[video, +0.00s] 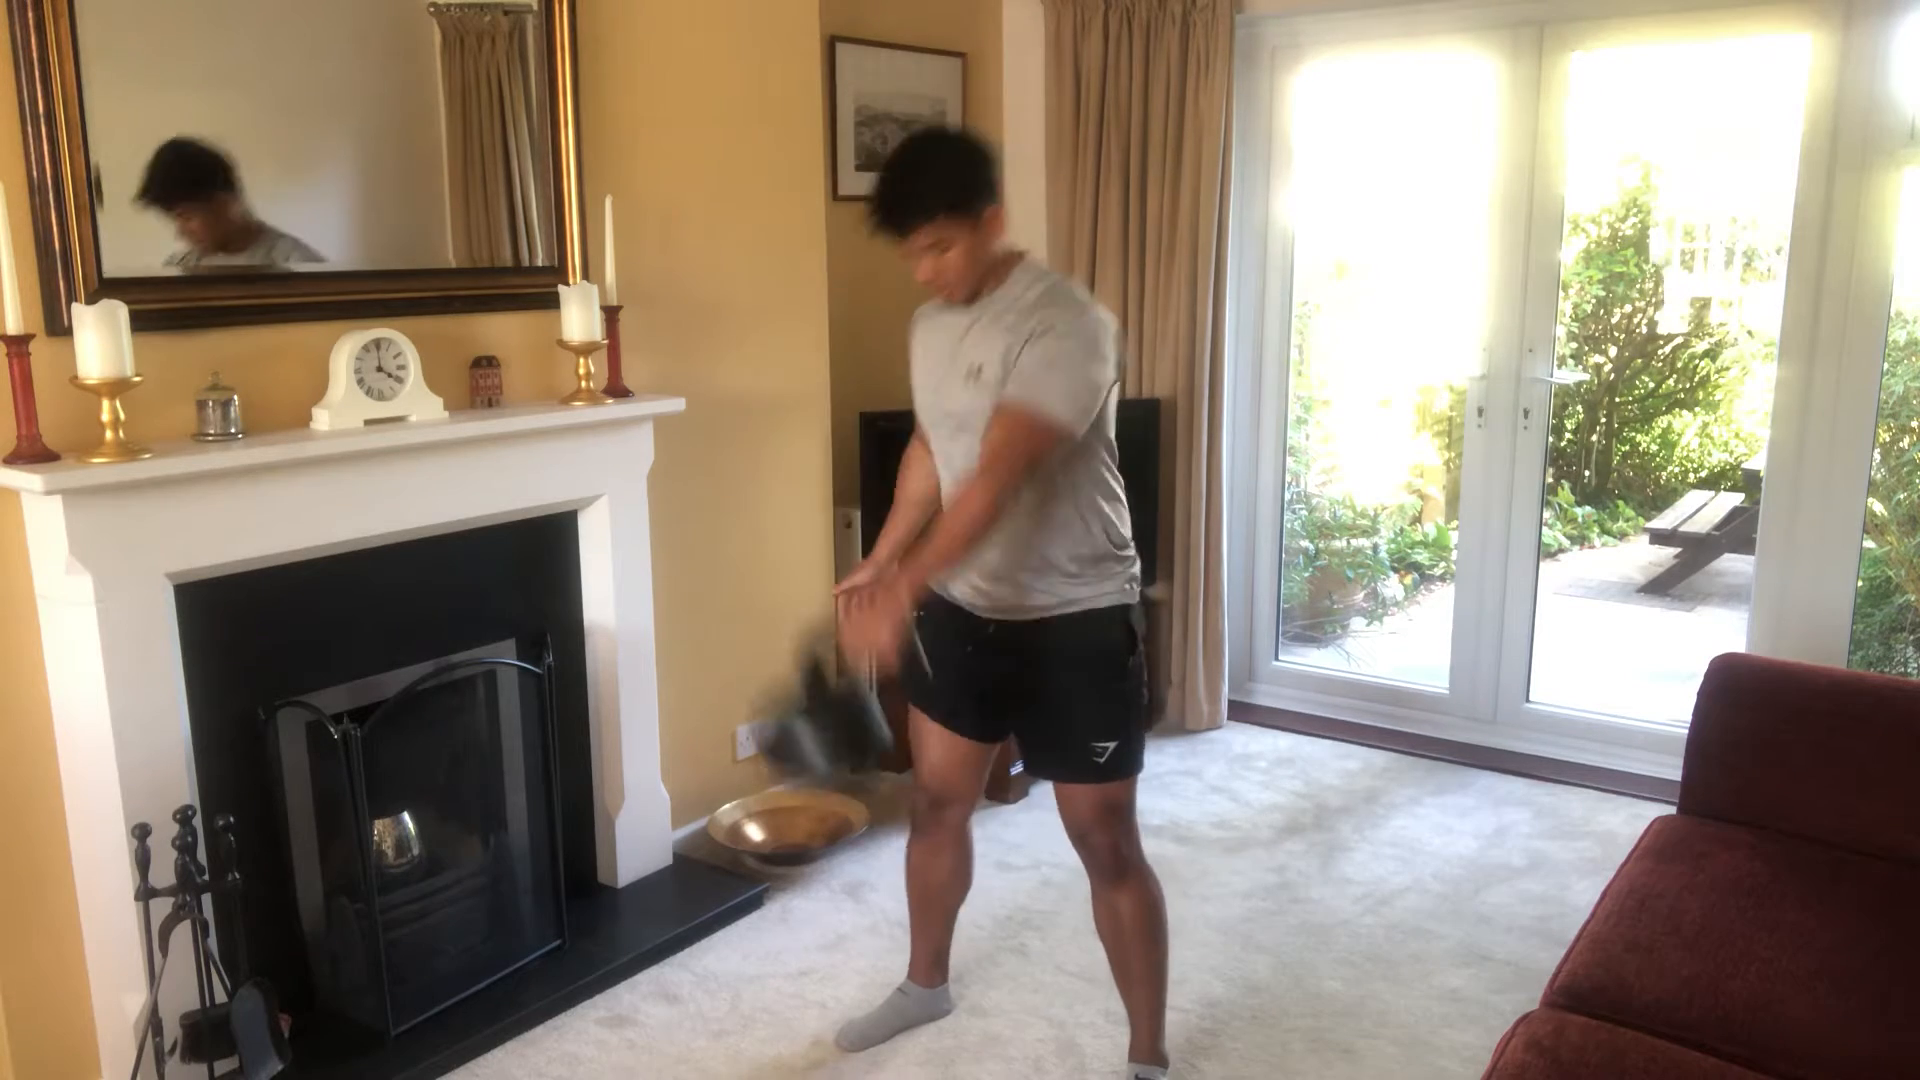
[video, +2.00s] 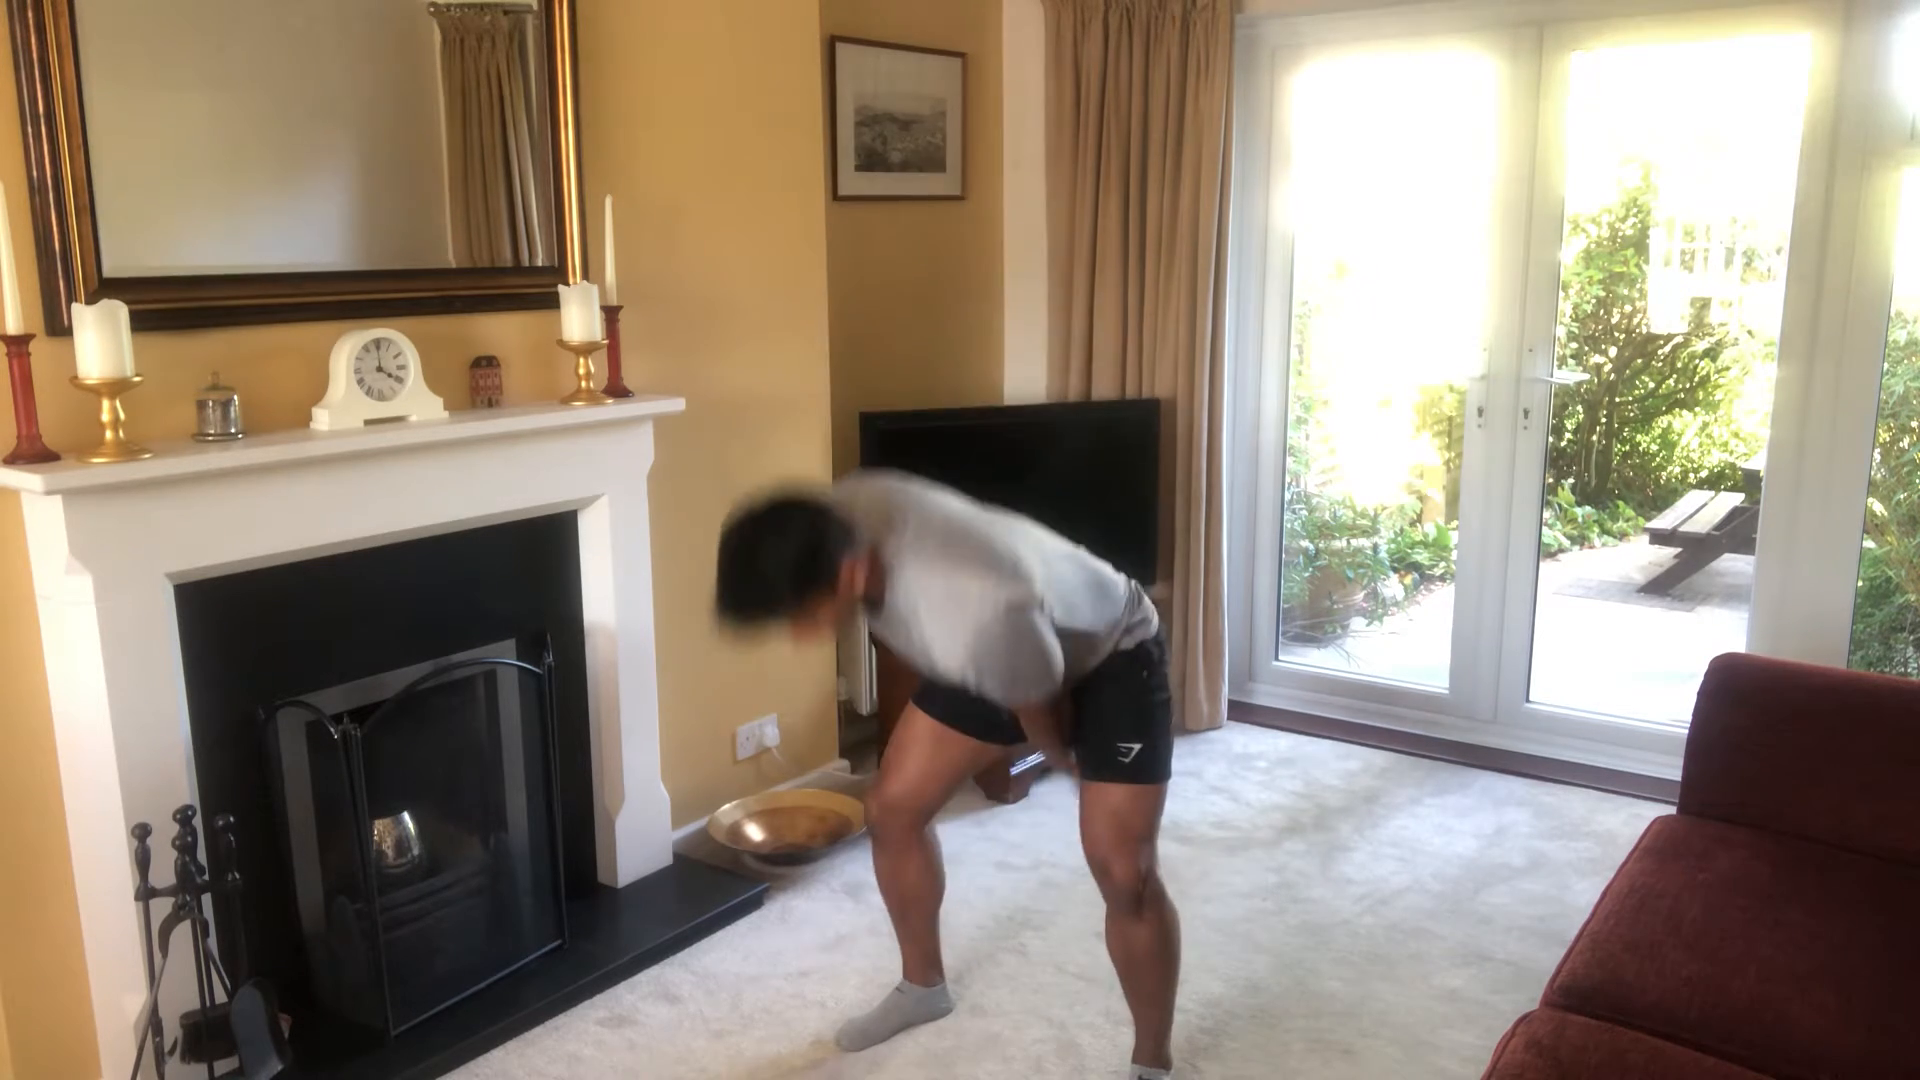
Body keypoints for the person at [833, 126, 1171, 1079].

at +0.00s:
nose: (924, 268)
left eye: (939, 245)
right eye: (912, 251)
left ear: (993, 220)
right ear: (905, 243)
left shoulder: (1067, 322)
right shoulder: (933, 324)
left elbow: (1002, 474)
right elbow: (930, 448)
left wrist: (908, 583)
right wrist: (886, 554)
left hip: (1076, 618)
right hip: (962, 609)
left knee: (1105, 843)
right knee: (937, 805)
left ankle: (1149, 1056)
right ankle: (926, 983)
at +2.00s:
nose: (800, 633)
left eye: (802, 615)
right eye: (787, 619)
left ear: (846, 573)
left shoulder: (975, 612)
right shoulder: (846, 505)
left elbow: (1041, 709)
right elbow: (911, 641)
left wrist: (1061, 761)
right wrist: (986, 761)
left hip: (1108, 648)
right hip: (999, 640)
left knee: (1125, 872)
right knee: (893, 808)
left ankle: (1152, 1063)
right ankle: (923, 986)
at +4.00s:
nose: (878, 313)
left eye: (891, 289)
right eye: (867, 295)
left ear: (946, 266)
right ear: (865, 289)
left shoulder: (1037, 359)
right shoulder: (905, 350)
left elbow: (1011, 548)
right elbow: (908, 463)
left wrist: (995, 699)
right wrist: (881, 574)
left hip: (1100, 604)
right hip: (989, 598)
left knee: (1128, 840)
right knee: (937, 790)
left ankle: (1156, 1057)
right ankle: (926, 982)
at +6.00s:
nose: (990, 223)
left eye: (1007, 201)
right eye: (978, 206)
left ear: (1063, 198)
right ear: (972, 209)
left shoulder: (1110, 307)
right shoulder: (978, 319)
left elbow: (998, 362)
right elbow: (950, 448)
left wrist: (837, 382)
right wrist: (880, 547)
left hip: (1077, 614)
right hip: (967, 606)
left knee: (1111, 833)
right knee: (957, 800)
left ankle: (1152, 1051)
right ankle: (928, 981)